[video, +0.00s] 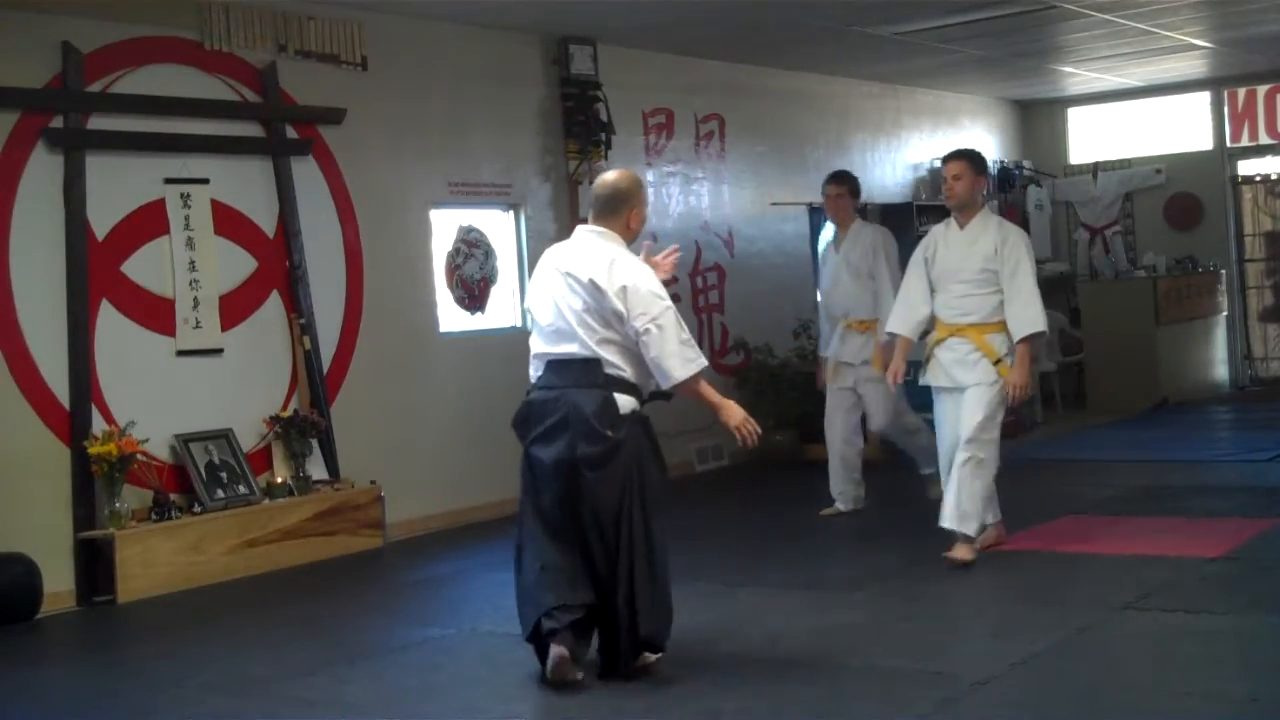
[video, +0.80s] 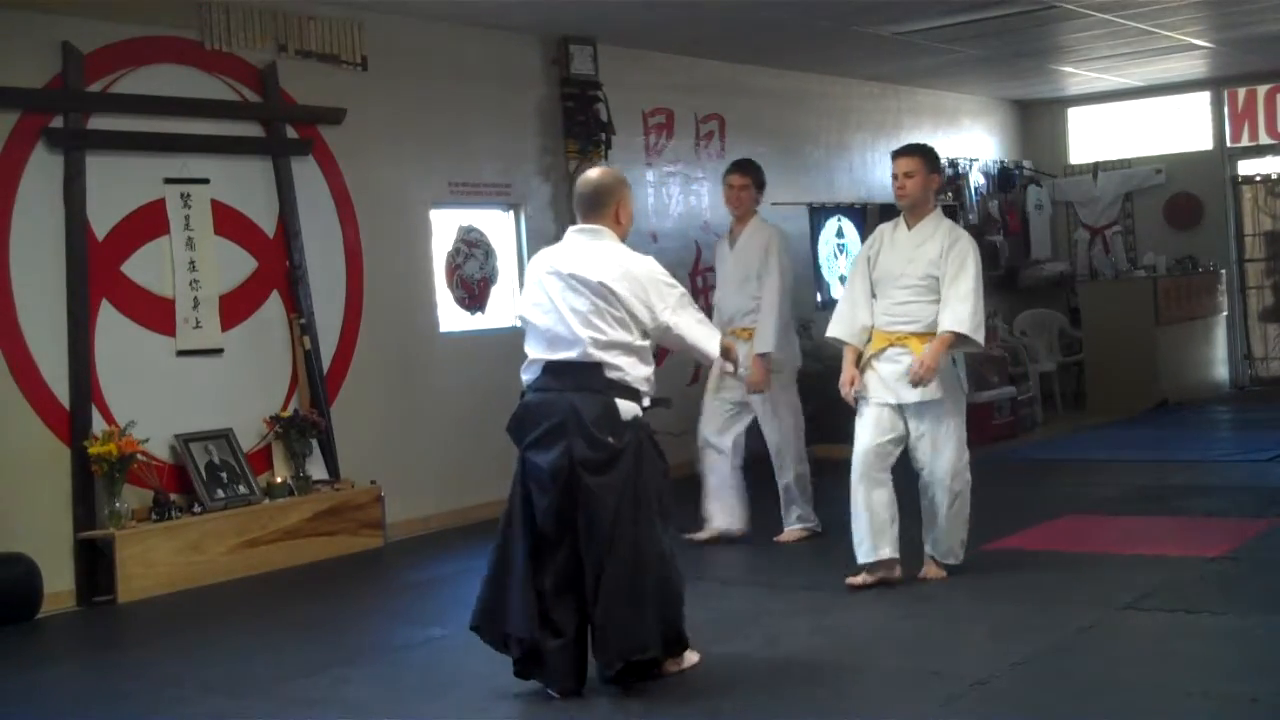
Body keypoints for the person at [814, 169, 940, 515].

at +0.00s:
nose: (831, 203)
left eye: (838, 197)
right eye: (827, 197)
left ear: (854, 200)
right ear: (822, 202)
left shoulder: (877, 237)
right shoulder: (828, 246)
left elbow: (889, 291)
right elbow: (827, 305)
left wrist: (886, 341)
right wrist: (825, 355)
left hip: (872, 341)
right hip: (839, 344)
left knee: (886, 418)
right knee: (839, 428)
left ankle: (932, 461)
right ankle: (847, 498)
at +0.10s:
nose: (819, 199)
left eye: (827, 191)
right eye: (814, 192)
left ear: (842, 195)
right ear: (808, 198)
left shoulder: (865, 233)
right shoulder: (812, 247)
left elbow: (873, 285)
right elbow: (806, 304)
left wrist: (863, 334)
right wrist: (800, 354)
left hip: (861, 331)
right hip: (828, 334)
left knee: (860, 414)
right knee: (830, 422)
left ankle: (892, 475)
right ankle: (846, 496)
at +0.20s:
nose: (807, 199)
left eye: (815, 192)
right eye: (802, 192)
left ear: (830, 195)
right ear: (796, 197)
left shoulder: (852, 235)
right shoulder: (798, 247)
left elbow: (861, 287)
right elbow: (785, 300)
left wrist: (845, 333)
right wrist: (775, 352)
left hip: (851, 334)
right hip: (817, 336)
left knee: (842, 411)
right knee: (820, 419)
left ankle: (855, 496)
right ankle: (840, 498)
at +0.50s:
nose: (776, 206)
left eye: (785, 199)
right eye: (771, 199)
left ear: (800, 205)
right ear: (765, 204)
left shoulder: (819, 249)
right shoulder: (762, 257)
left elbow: (823, 309)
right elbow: (745, 312)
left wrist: (804, 359)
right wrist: (729, 361)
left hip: (807, 347)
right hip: (776, 348)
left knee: (788, 436)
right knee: (792, 430)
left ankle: (801, 519)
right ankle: (836, 482)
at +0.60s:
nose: (766, 203)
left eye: (775, 196)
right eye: (761, 196)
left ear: (790, 201)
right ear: (754, 200)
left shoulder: (806, 246)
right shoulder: (751, 251)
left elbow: (810, 308)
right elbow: (738, 309)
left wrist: (793, 358)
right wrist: (726, 359)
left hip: (792, 348)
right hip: (759, 348)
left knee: (783, 439)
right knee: (757, 433)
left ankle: (800, 520)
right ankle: (812, 473)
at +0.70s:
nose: (753, 197)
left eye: (761, 190)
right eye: (747, 190)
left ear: (776, 195)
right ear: (740, 195)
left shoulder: (790, 238)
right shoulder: (739, 245)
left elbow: (794, 299)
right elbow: (729, 304)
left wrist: (779, 354)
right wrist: (720, 351)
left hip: (781, 346)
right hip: (744, 347)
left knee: (783, 439)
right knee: (734, 432)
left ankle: (801, 519)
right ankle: (771, 504)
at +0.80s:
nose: (736, 195)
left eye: (744, 188)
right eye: (730, 188)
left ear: (759, 193)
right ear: (723, 193)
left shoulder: (771, 237)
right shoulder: (726, 243)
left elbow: (775, 298)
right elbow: (723, 303)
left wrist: (763, 354)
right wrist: (715, 353)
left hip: (768, 343)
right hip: (731, 345)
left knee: (784, 437)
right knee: (714, 434)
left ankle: (801, 519)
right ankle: (726, 521)